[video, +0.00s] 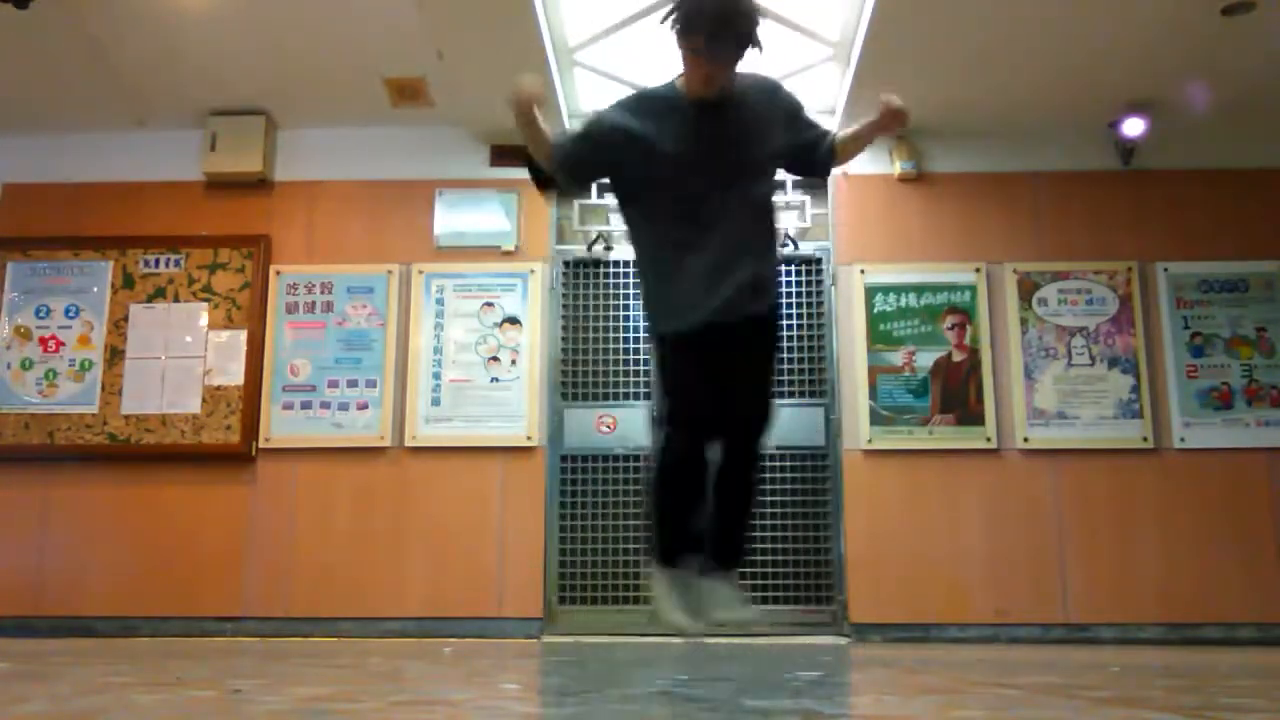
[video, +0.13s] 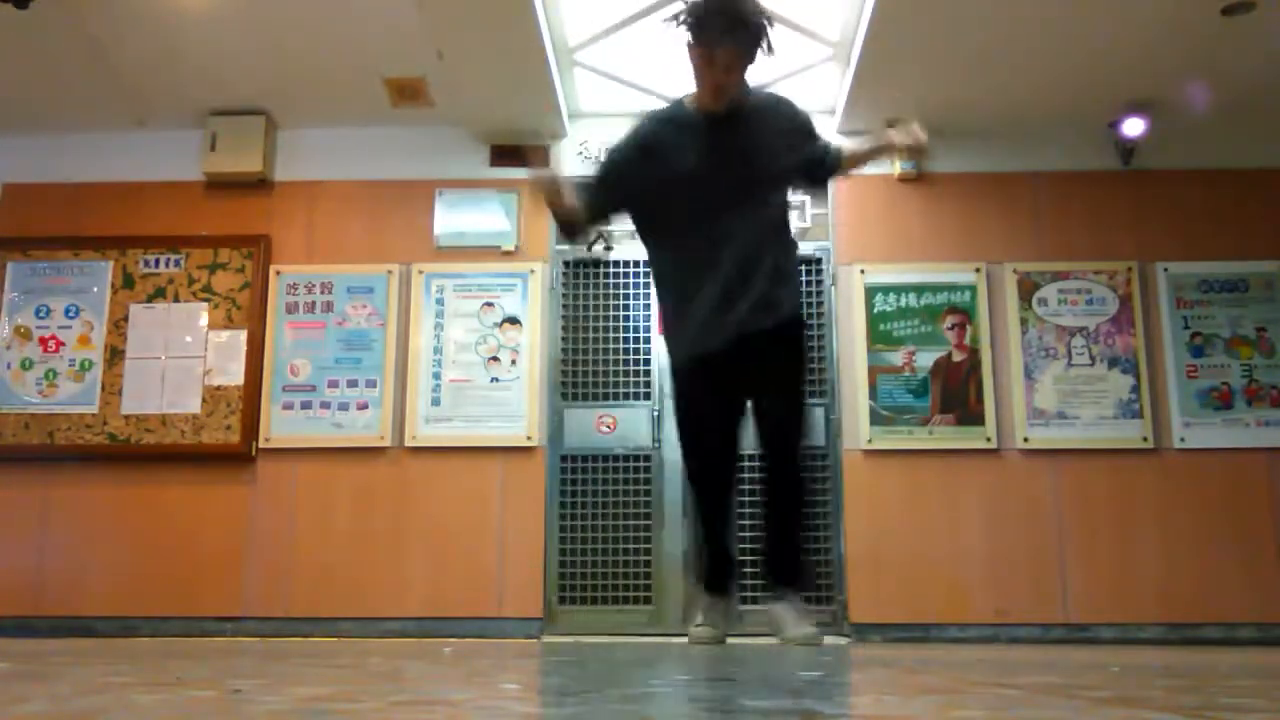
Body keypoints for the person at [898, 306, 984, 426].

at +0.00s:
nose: (957, 331)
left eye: (962, 326)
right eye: (951, 327)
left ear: (969, 328)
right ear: (944, 331)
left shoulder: (980, 360)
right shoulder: (940, 364)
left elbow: (986, 408)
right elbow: (918, 392)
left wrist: (955, 418)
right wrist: (909, 370)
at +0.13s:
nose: (957, 331)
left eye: (962, 326)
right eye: (951, 327)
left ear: (969, 328)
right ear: (944, 331)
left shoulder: (980, 360)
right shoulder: (940, 364)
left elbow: (986, 408)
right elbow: (918, 392)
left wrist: (955, 418)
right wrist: (909, 370)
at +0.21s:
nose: (957, 331)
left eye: (962, 326)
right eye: (951, 327)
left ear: (969, 328)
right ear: (944, 331)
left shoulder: (980, 360)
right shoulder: (940, 364)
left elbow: (986, 408)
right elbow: (918, 392)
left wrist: (955, 418)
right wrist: (909, 369)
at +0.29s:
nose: (957, 331)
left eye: (962, 326)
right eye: (951, 327)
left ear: (969, 328)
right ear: (944, 331)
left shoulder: (980, 360)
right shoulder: (940, 364)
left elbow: (986, 408)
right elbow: (918, 392)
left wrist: (955, 418)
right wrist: (909, 370)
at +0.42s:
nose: (957, 331)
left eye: (961, 326)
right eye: (951, 327)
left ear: (969, 328)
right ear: (944, 331)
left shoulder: (980, 360)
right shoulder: (940, 364)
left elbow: (985, 409)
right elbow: (918, 392)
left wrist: (955, 418)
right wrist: (909, 370)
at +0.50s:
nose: (957, 331)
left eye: (961, 326)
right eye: (951, 327)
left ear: (969, 328)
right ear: (944, 331)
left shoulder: (980, 360)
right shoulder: (940, 364)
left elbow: (984, 409)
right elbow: (918, 392)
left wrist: (955, 418)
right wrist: (909, 370)